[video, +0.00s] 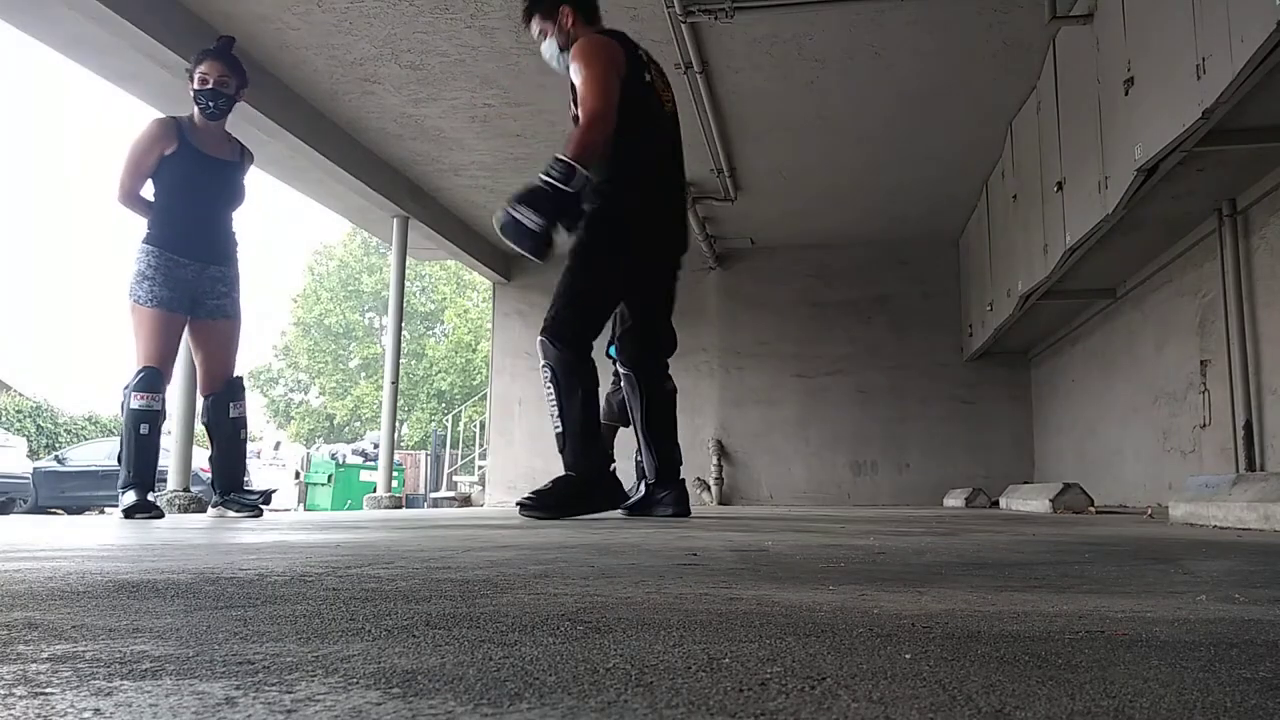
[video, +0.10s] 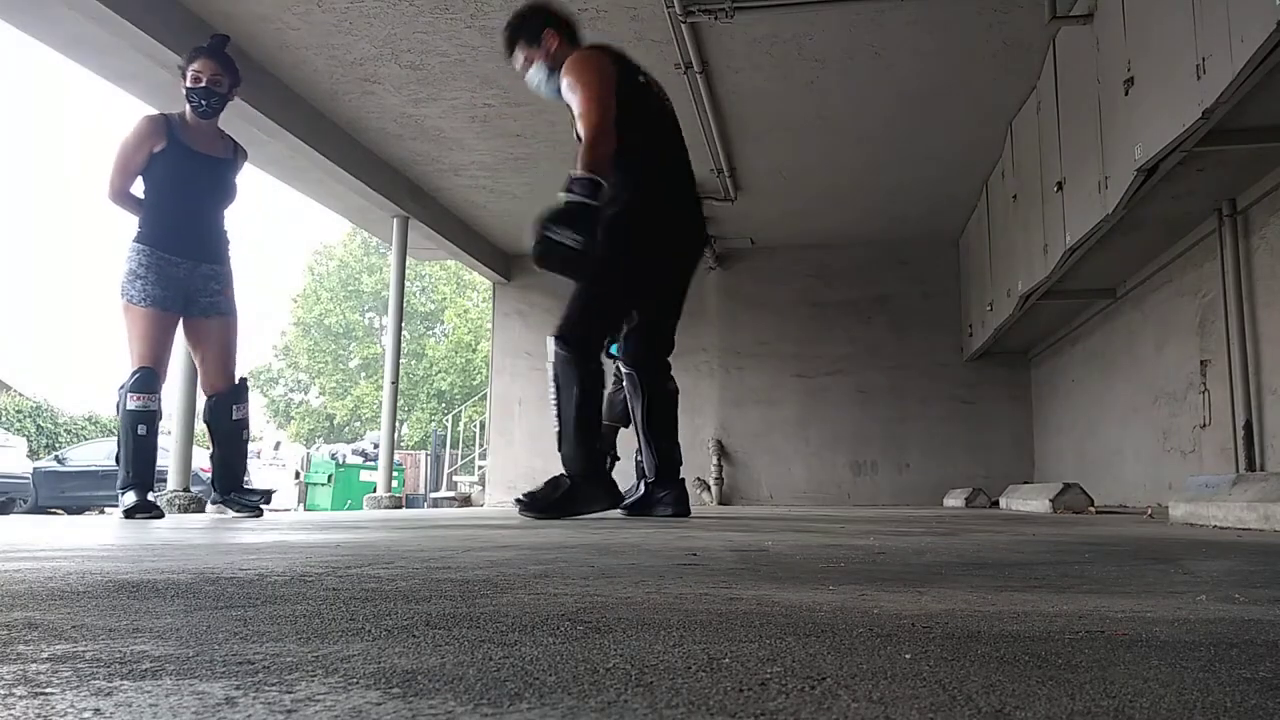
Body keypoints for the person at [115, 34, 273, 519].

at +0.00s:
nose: (212, 89)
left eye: (223, 82)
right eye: (204, 79)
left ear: (239, 92)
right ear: (190, 84)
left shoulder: (241, 154)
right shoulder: (165, 130)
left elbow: (228, 205)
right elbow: (127, 194)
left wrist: (200, 224)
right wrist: (167, 220)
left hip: (219, 271)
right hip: (164, 263)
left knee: (221, 381)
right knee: (152, 374)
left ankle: (228, 487)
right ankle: (137, 489)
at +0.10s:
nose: (205, 87)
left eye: (216, 80)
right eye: (197, 77)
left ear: (232, 91)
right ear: (183, 81)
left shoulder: (234, 152)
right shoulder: (155, 127)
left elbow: (218, 205)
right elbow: (118, 190)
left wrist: (193, 224)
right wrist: (158, 218)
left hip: (211, 269)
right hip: (155, 261)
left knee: (221, 382)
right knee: (146, 374)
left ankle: (229, 487)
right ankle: (138, 490)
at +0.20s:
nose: (199, 84)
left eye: (210, 77)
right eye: (190, 75)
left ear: (225, 89)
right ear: (176, 79)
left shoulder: (229, 150)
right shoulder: (147, 124)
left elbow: (212, 201)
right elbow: (110, 186)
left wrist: (182, 219)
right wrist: (150, 215)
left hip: (205, 267)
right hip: (147, 260)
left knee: (225, 377)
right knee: (142, 377)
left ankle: (228, 479)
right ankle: (137, 490)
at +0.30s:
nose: (194, 82)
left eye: (206, 75)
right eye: (186, 72)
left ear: (221, 86)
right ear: (171, 75)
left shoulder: (225, 146)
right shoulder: (142, 119)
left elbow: (207, 198)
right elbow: (103, 181)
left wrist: (184, 220)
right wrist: (145, 212)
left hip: (200, 264)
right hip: (141, 259)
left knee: (224, 372)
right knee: (140, 380)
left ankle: (219, 475)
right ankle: (136, 491)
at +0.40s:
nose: (191, 78)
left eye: (203, 71)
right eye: (183, 68)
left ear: (217, 82)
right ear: (168, 71)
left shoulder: (225, 142)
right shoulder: (139, 116)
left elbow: (208, 193)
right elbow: (98, 177)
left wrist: (180, 213)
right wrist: (138, 208)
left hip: (198, 260)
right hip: (138, 257)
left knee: (213, 368)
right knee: (139, 378)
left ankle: (212, 481)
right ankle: (136, 491)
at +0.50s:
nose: (188, 77)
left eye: (200, 70)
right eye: (180, 66)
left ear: (216, 79)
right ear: (166, 69)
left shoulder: (226, 141)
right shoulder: (137, 113)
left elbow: (204, 197)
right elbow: (90, 172)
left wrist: (188, 223)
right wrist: (128, 210)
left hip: (196, 258)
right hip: (135, 255)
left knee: (200, 366)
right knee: (139, 378)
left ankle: (205, 479)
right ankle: (137, 492)